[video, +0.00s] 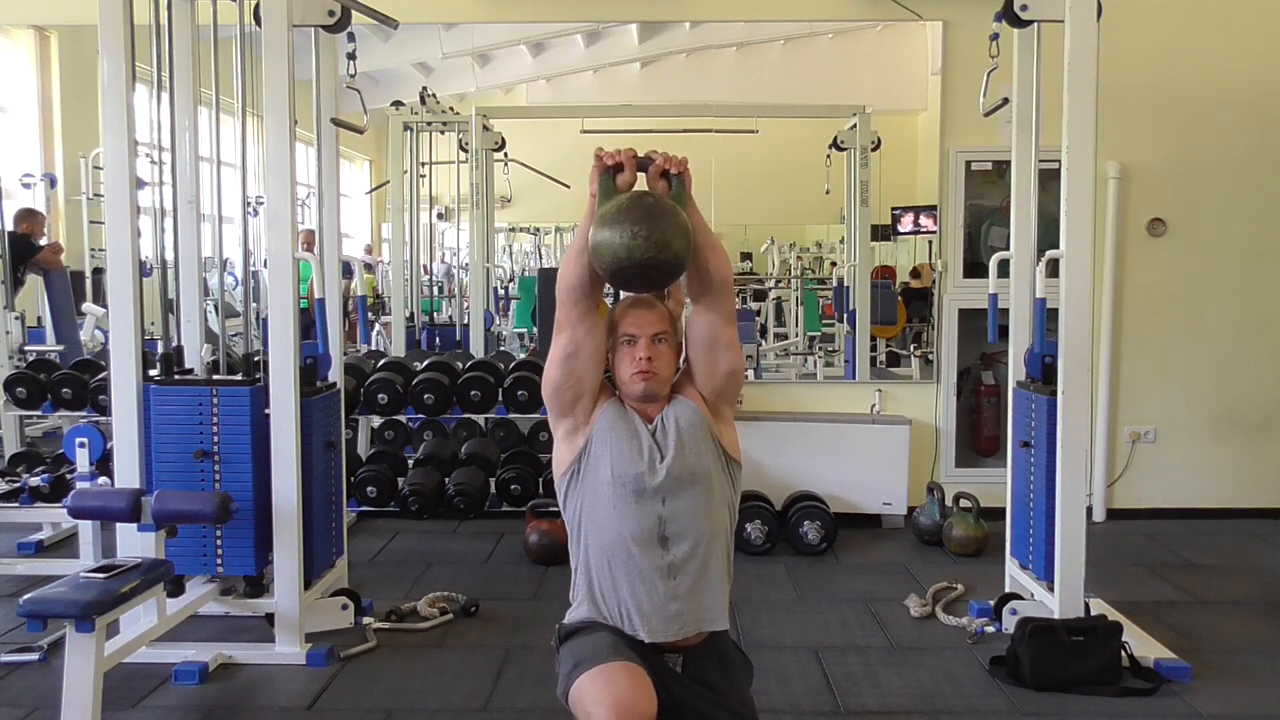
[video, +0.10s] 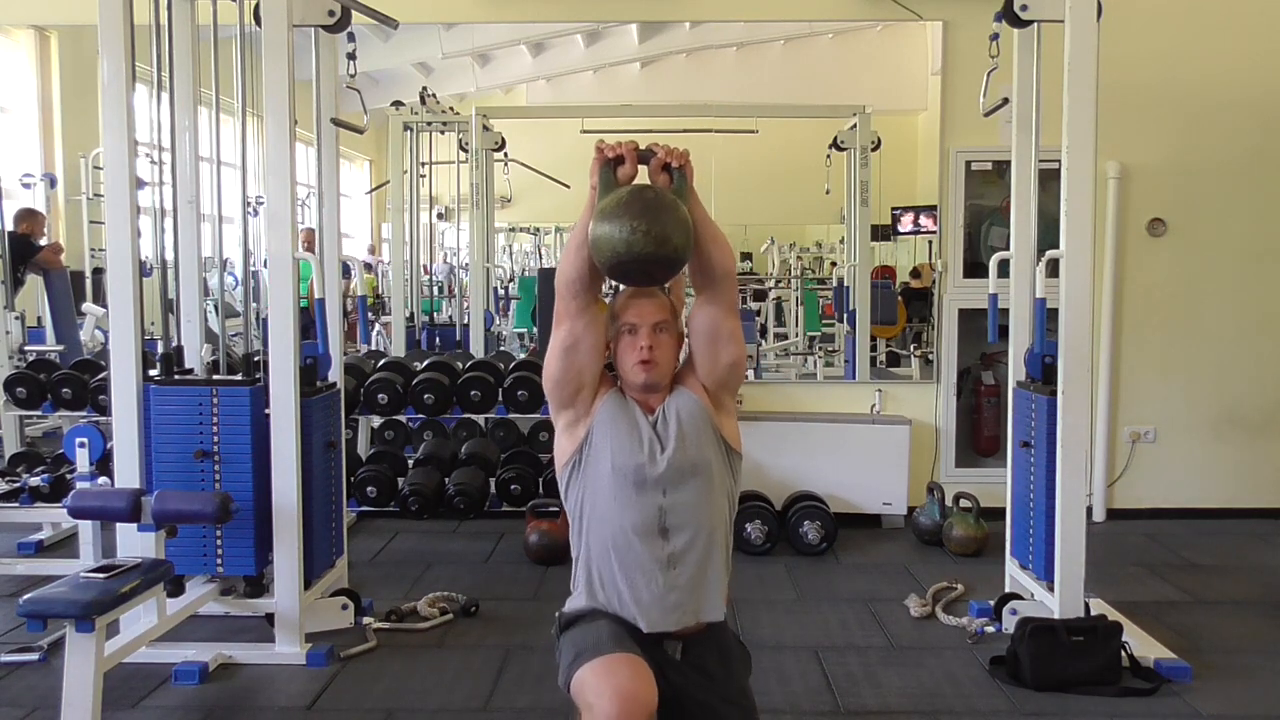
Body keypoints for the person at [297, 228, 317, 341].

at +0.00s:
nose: (305, 247)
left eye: (309, 243)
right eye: (302, 243)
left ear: (315, 244)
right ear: (298, 244)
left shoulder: (320, 264)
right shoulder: (293, 263)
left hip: (312, 308)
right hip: (297, 308)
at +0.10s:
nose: (306, 246)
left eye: (309, 242)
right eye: (303, 242)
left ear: (315, 242)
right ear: (299, 242)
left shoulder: (321, 262)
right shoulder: (294, 262)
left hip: (314, 307)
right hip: (298, 306)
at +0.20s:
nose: (305, 246)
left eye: (309, 242)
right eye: (303, 242)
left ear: (316, 242)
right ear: (299, 242)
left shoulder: (322, 262)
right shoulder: (295, 262)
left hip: (315, 307)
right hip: (298, 307)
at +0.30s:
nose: (303, 247)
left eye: (307, 243)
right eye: (301, 243)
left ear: (314, 244)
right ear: (297, 243)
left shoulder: (319, 263)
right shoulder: (292, 262)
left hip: (311, 308)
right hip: (295, 307)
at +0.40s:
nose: (301, 248)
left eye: (305, 244)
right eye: (298, 244)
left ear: (313, 244)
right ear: (294, 243)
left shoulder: (317, 264)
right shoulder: (289, 263)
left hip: (308, 309)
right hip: (292, 308)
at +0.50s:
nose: (299, 248)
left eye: (301, 245)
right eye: (296, 244)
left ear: (308, 244)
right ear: (292, 243)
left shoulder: (311, 263)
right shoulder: (286, 262)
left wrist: (314, 312)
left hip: (306, 308)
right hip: (289, 308)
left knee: (313, 341)